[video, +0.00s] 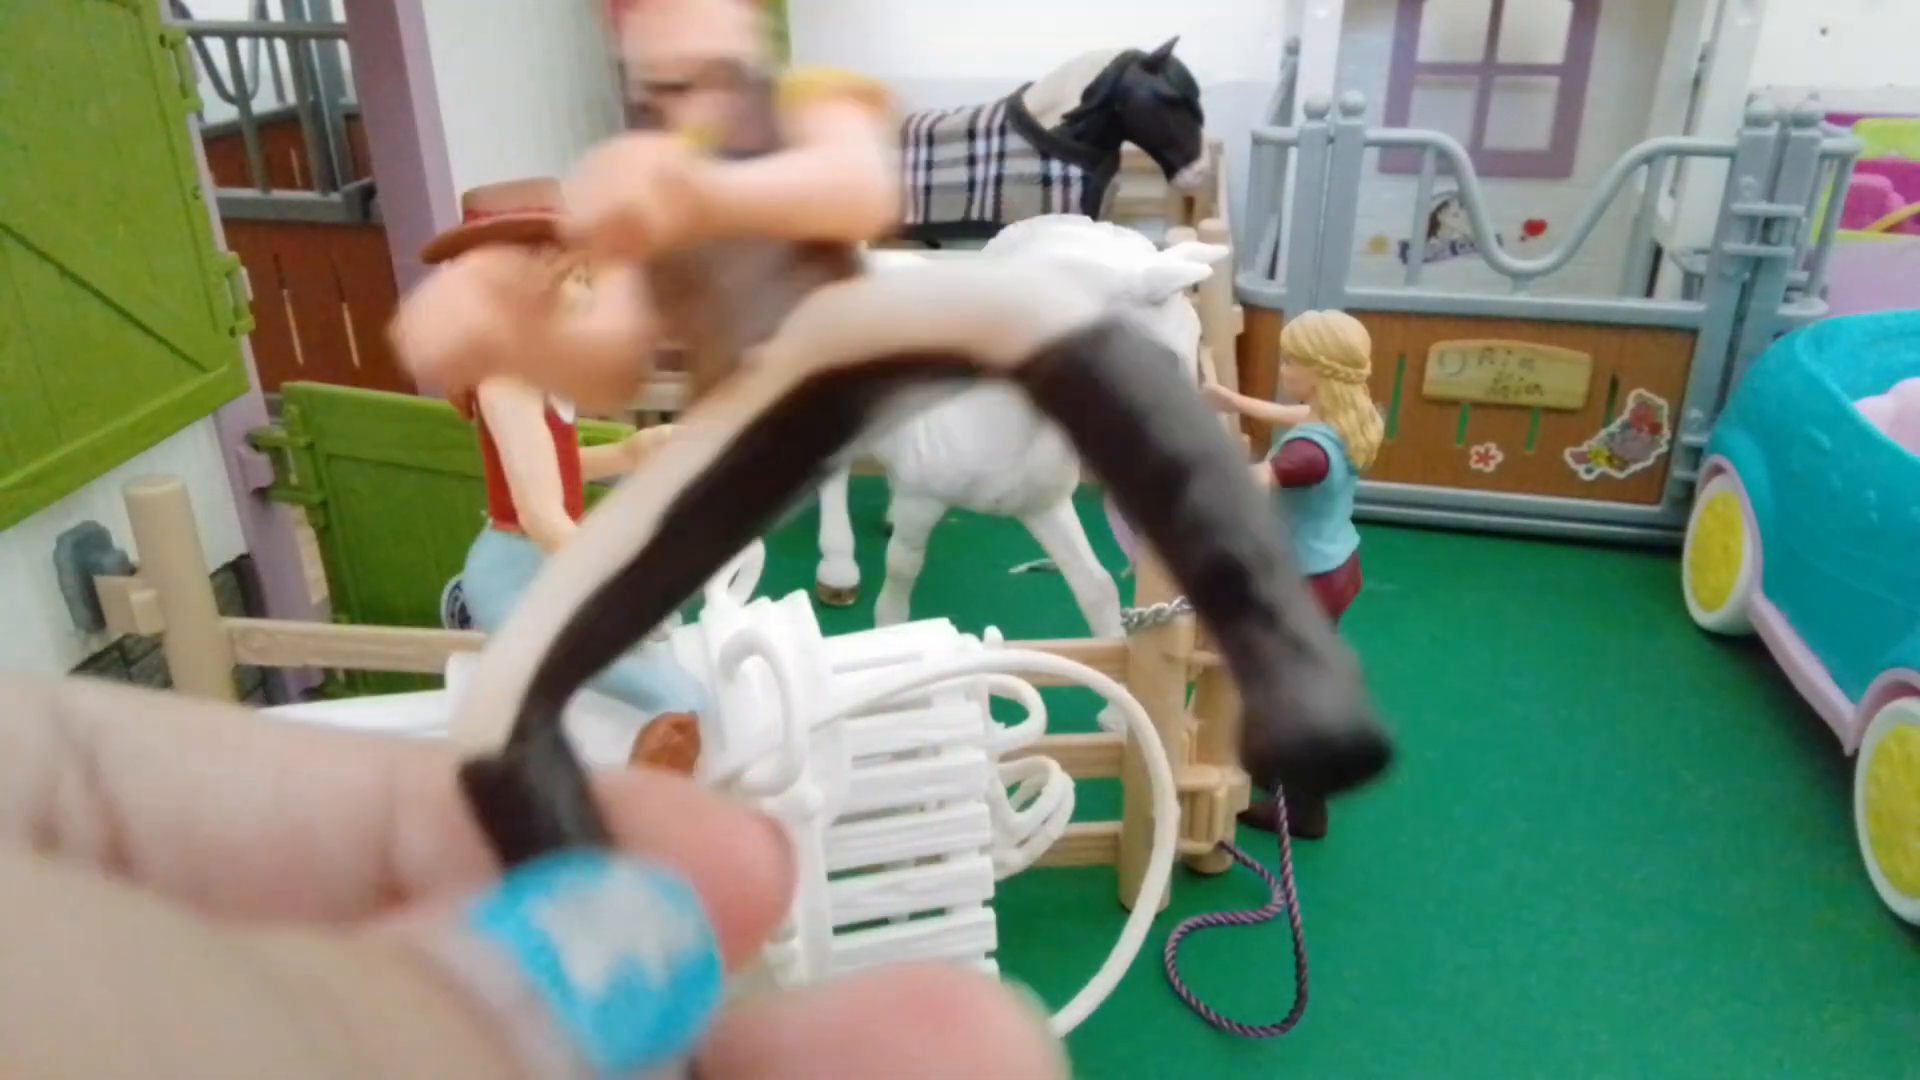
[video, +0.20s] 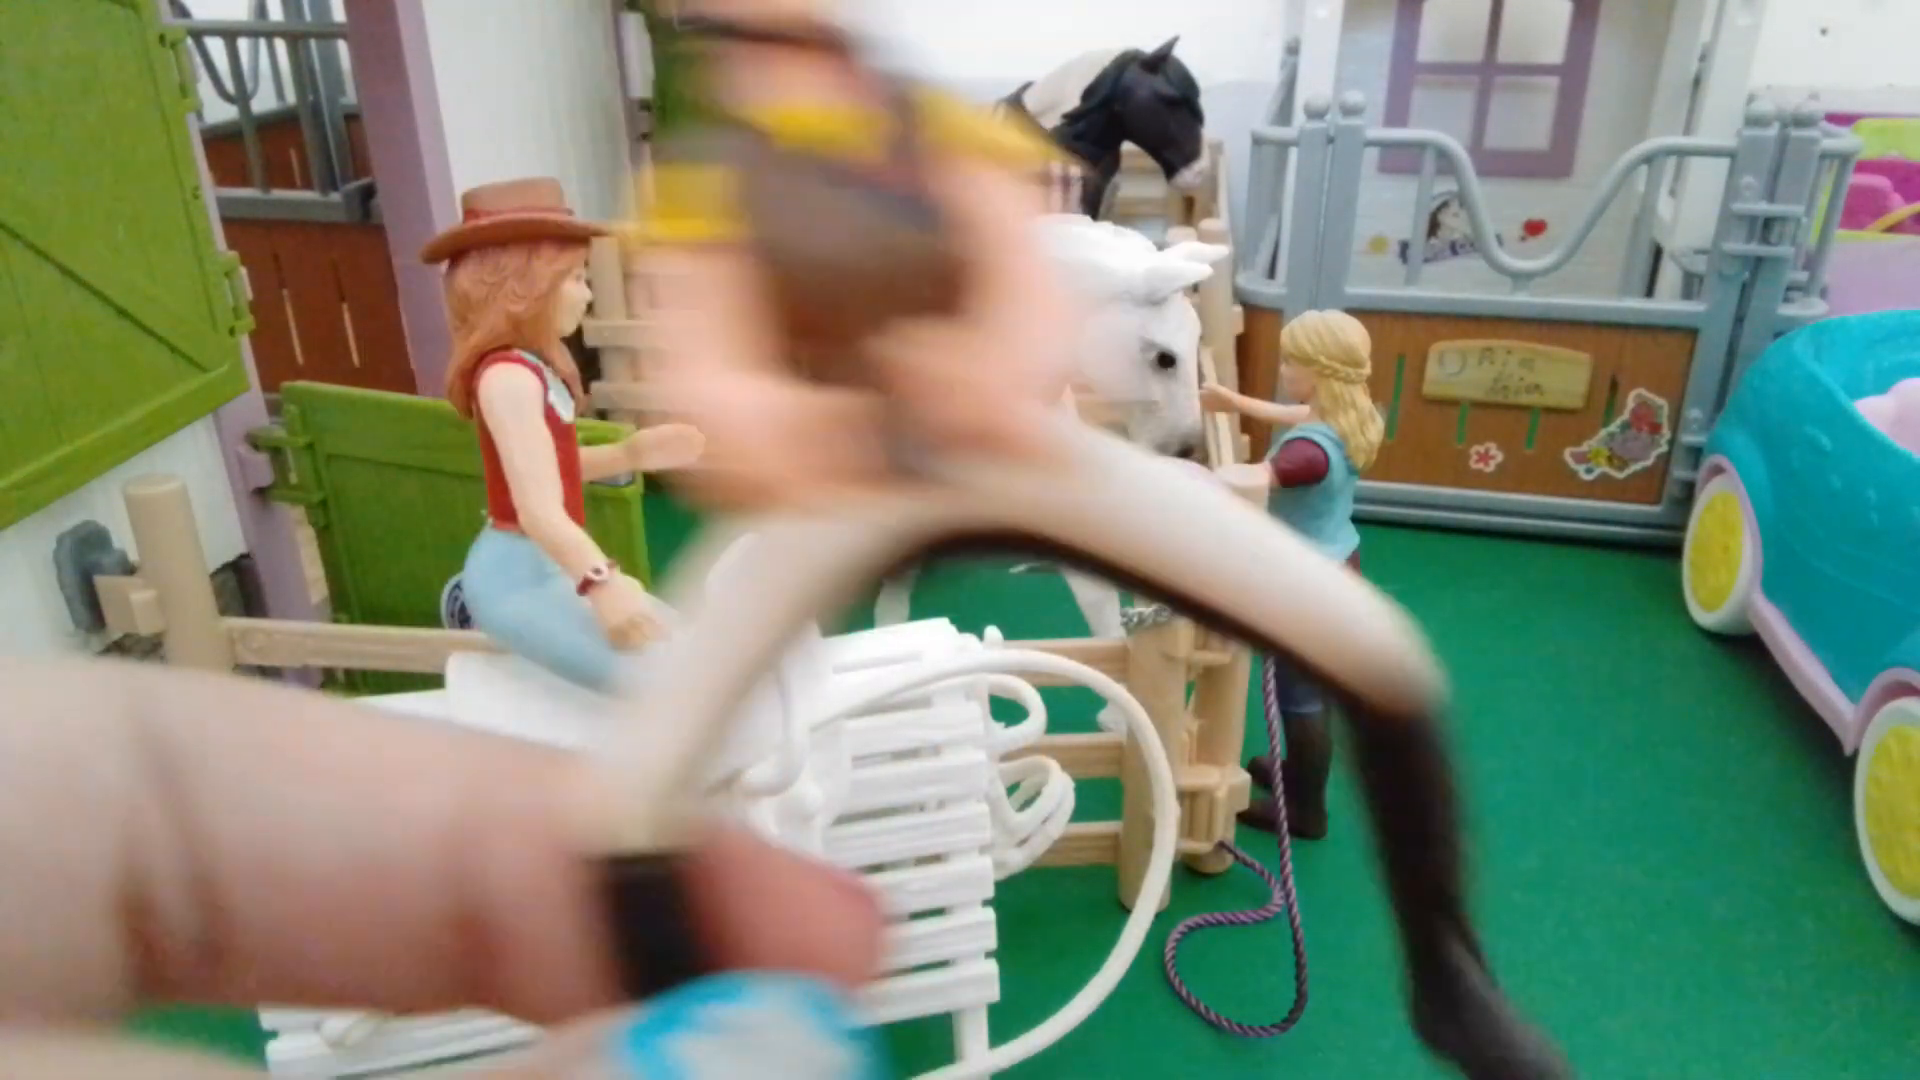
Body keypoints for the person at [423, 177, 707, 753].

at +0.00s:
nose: (583, 297)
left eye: (584, 279)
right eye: (570, 280)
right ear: (526, 277)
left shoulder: (543, 378)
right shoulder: (504, 382)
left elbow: (549, 470)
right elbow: (543, 520)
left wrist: (623, 454)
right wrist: (633, 581)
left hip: (548, 561)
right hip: (514, 573)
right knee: (680, 697)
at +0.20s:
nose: (588, 294)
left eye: (585, 278)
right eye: (577, 278)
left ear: (535, 288)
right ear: (529, 285)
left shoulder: (537, 369)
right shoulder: (508, 377)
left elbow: (553, 466)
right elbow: (539, 512)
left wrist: (627, 456)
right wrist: (605, 582)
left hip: (552, 561)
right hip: (518, 575)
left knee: (693, 654)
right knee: (671, 682)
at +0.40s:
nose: (588, 294)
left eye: (585, 278)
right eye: (577, 279)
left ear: (530, 289)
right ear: (528, 287)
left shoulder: (536, 370)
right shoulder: (510, 377)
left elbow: (553, 470)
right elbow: (539, 513)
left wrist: (631, 454)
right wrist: (604, 583)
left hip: (548, 561)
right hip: (517, 574)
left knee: (681, 633)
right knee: (683, 696)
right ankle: (634, 849)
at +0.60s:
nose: (588, 294)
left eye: (585, 278)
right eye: (577, 279)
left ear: (531, 288)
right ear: (530, 287)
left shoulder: (537, 369)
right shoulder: (510, 377)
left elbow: (553, 470)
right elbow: (537, 510)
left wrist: (627, 455)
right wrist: (602, 583)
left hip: (550, 558)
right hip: (516, 575)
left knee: (682, 634)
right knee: (685, 696)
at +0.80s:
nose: (587, 294)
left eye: (585, 276)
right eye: (575, 278)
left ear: (535, 287)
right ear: (526, 286)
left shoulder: (543, 368)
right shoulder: (509, 377)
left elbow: (554, 468)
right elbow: (537, 512)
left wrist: (635, 453)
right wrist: (604, 583)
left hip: (553, 562)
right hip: (516, 576)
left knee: (702, 659)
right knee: (680, 695)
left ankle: (671, 885)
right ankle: (624, 888)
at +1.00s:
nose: (588, 293)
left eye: (585, 276)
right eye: (576, 277)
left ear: (537, 285)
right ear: (528, 285)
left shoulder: (543, 366)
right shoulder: (510, 377)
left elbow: (554, 468)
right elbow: (537, 511)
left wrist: (635, 453)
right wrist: (604, 584)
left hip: (555, 560)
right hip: (517, 576)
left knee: (696, 653)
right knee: (679, 690)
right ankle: (641, 876)